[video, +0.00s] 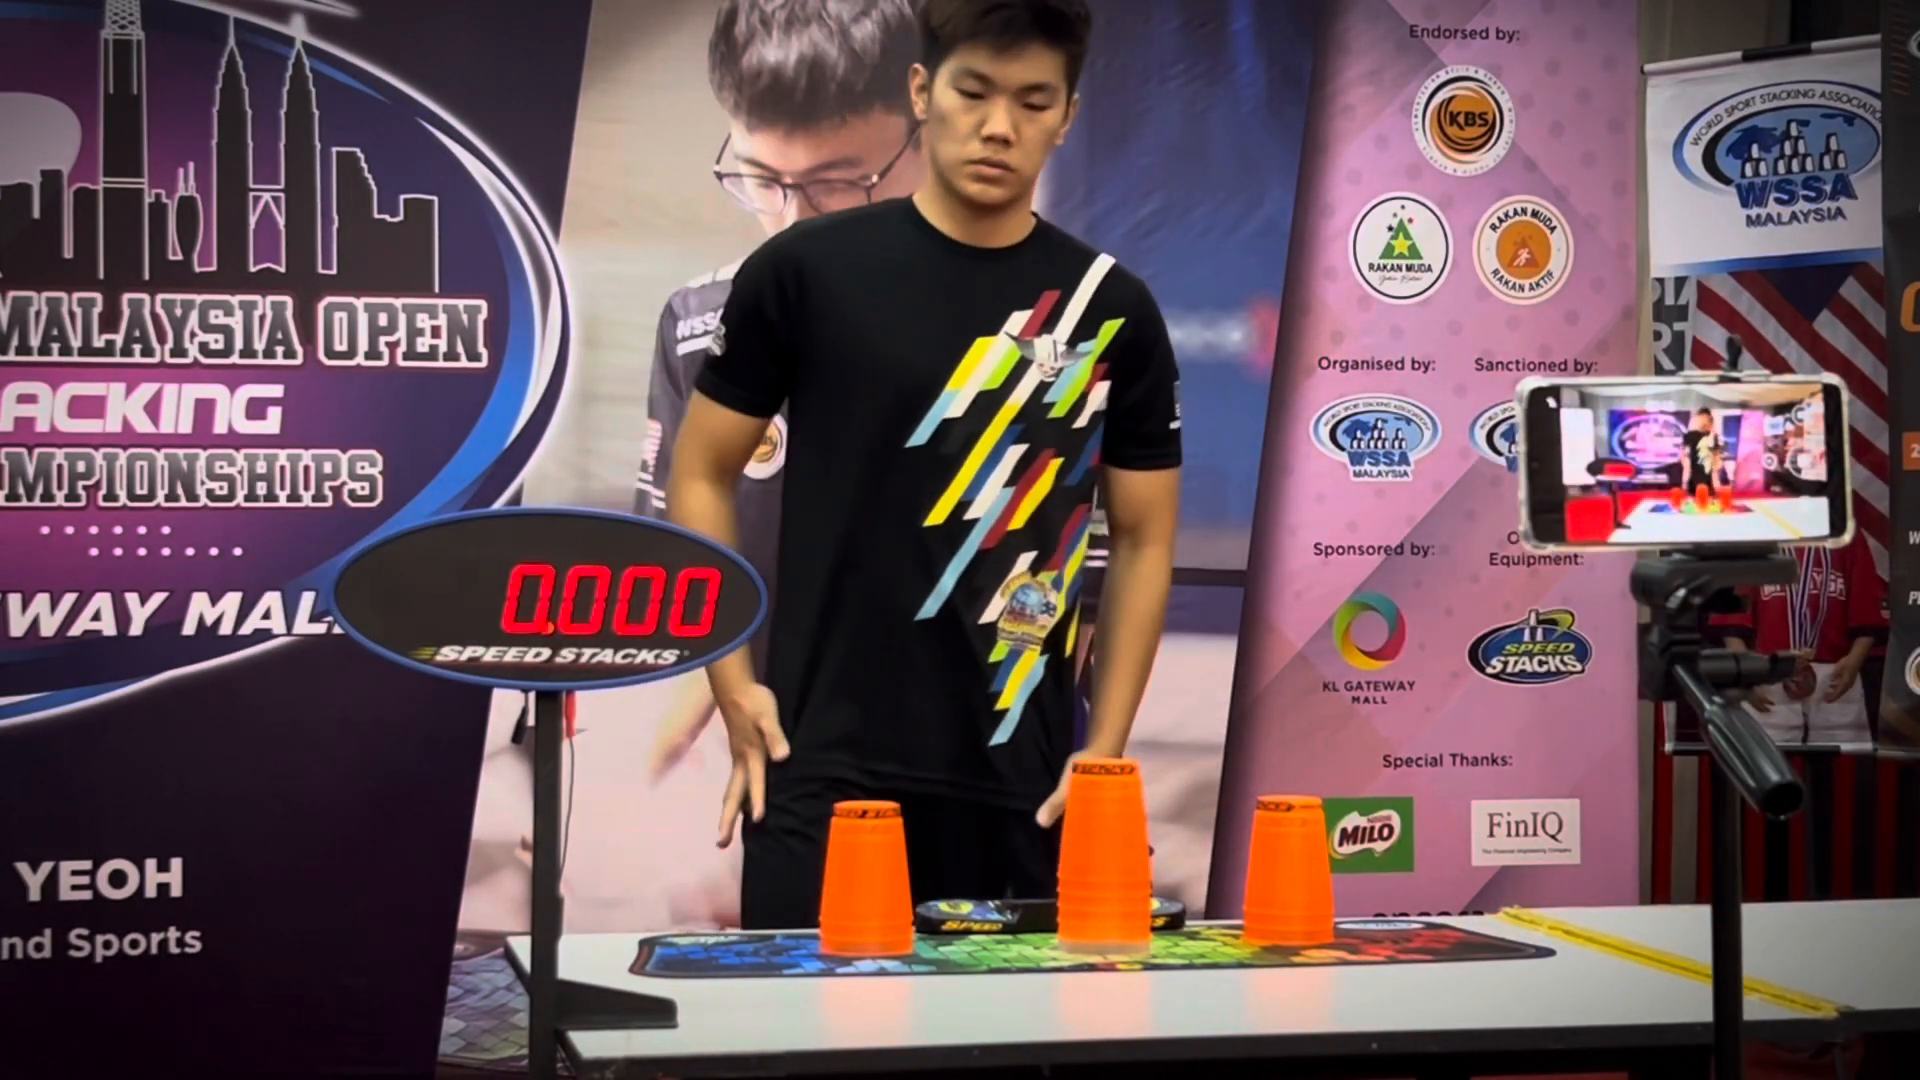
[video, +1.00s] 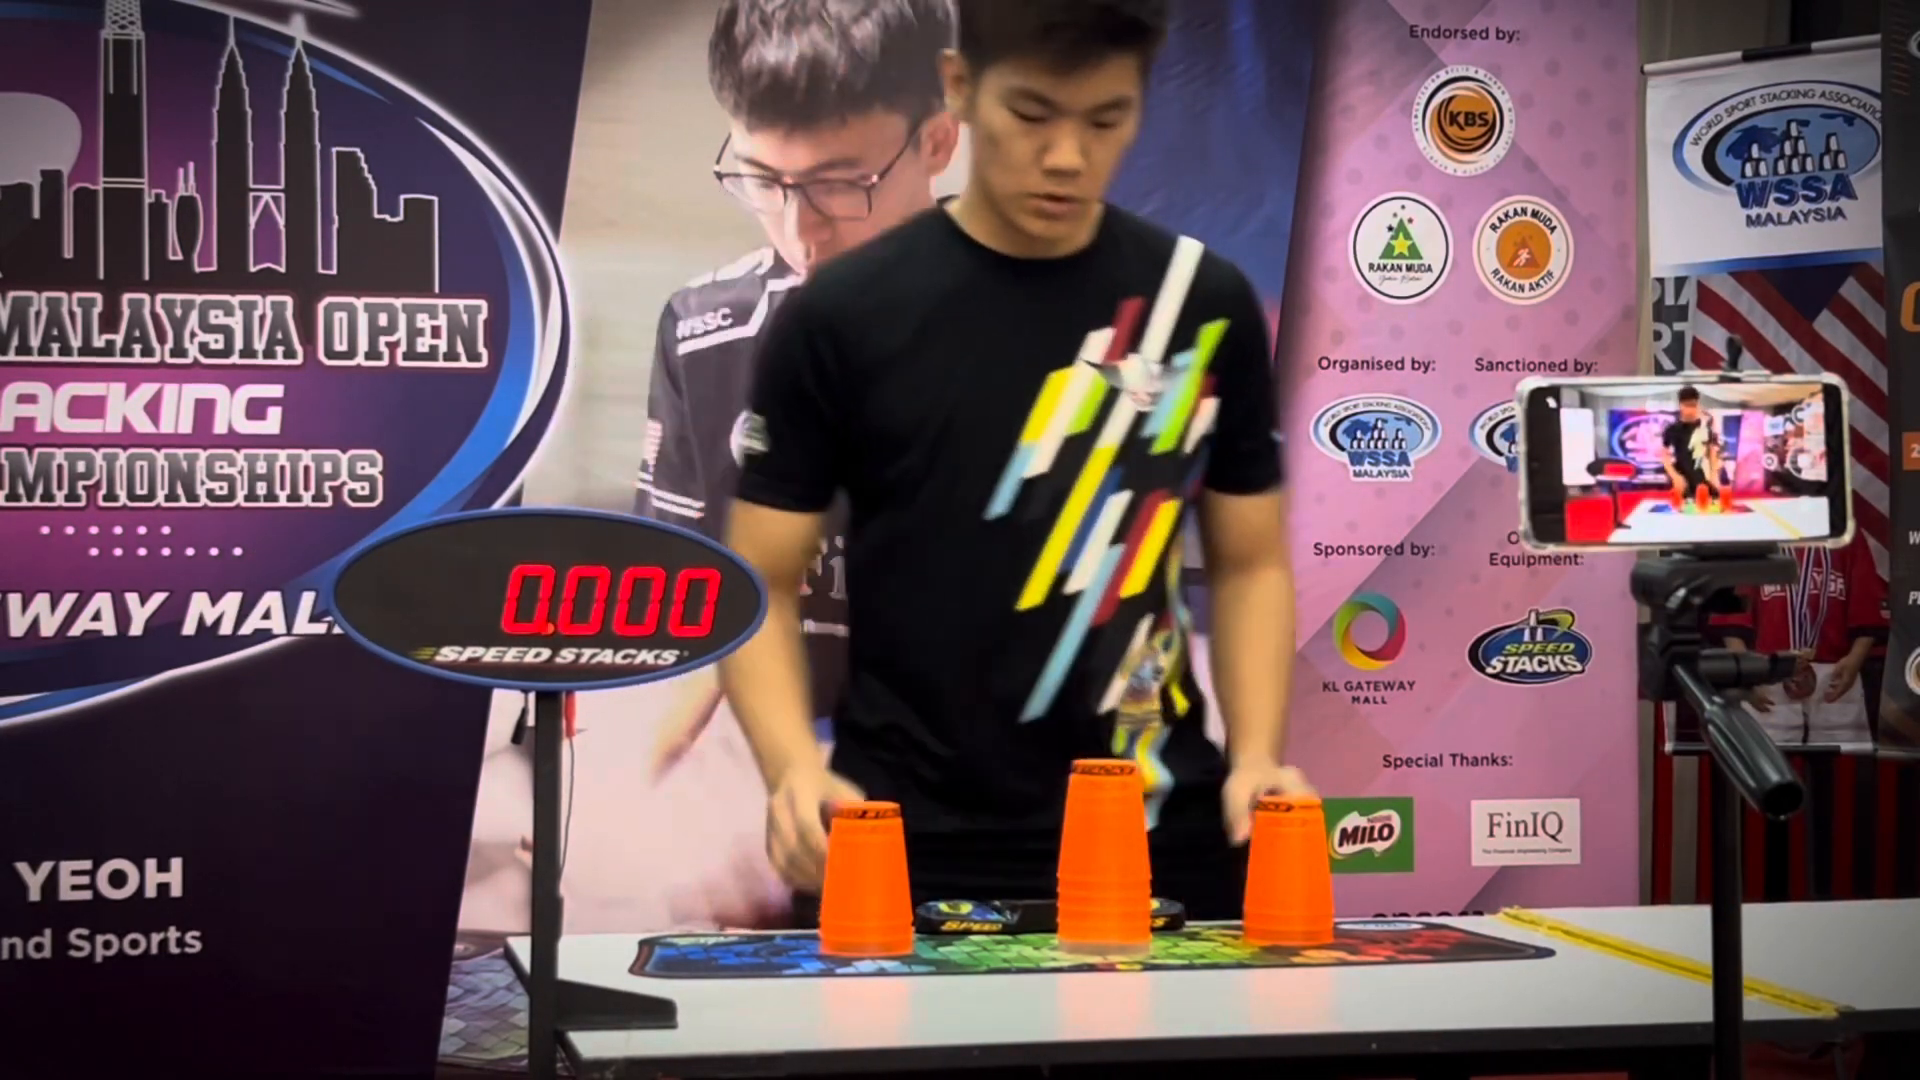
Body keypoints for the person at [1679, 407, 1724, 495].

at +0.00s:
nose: (1704, 422)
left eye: (1707, 419)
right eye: (1702, 418)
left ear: (1711, 421)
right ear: (1697, 419)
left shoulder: (1713, 437)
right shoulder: (1691, 436)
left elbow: (1716, 460)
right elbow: (1686, 459)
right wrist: (1684, 482)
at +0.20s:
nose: (1706, 419)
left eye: (1708, 415)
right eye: (1703, 415)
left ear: (1712, 416)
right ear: (1698, 416)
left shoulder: (1715, 436)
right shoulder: (1692, 434)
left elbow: (1720, 456)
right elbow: (1686, 455)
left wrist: (1715, 476)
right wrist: (1686, 474)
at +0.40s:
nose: (1705, 418)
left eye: (1707, 414)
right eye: (1702, 414)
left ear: (1711, 415)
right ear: (1697, 415)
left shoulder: (1716, 436)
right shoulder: (1691, 435)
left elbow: (1720, 457)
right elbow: (1685, 456)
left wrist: (1716, 477)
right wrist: (1685, 477)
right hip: (1693, 479)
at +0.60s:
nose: (1701, 418)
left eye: (1704, 414)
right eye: (1698, 414)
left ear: (1708, 415)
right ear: (1692, 415)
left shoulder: (1713, 437)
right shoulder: (1685, 437)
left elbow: (1716, 460)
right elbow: (1678, 460)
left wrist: (1710, 480)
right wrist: (1681, 483)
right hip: (1690, 485)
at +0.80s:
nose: (1691, 413)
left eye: (1694, 409)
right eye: (1687, 409)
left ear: (1699, 409)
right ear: (1681, 409)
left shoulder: (1707, 431)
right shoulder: (1675, 432)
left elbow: (1714, 455)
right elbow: (1668, 459)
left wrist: (1711, 472)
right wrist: (1677, 477)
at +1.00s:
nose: (1691, 411)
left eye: (1694, 406)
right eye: (1687, 406)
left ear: (1698, 406)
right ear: (1680, 406)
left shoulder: (1707, 428)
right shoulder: (1673, 430)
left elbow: (1713, 453)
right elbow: (1666, 457)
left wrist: (1714, 477)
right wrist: (1676, 478)